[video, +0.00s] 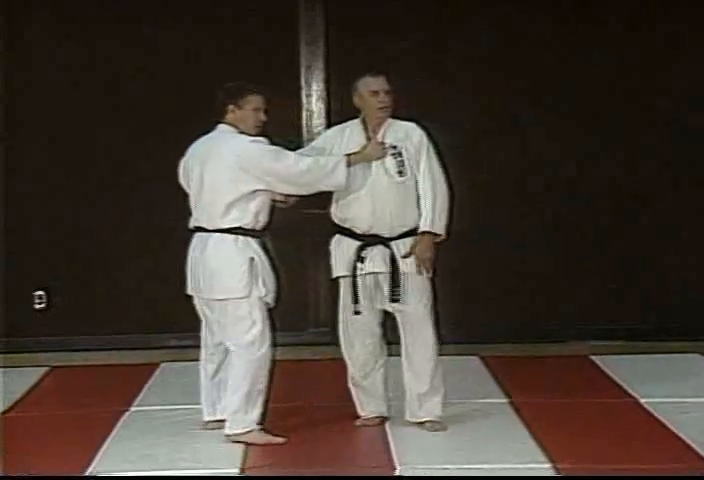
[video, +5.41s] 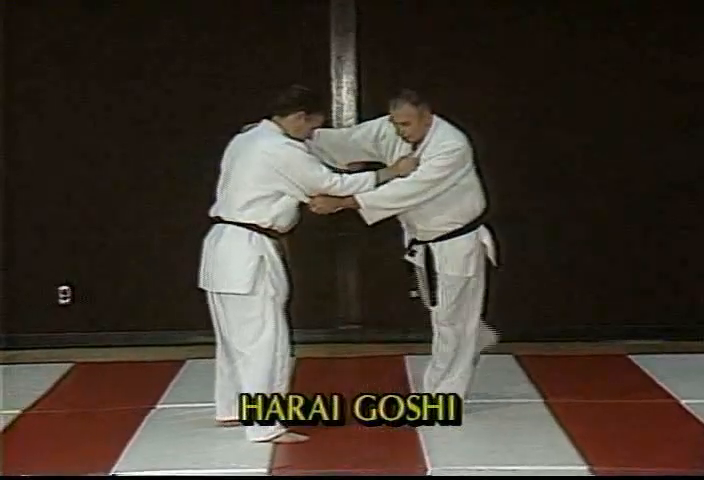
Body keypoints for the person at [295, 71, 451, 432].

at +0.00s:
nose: (384, 99)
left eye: (387, 93)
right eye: (375, 94)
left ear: (392, 98)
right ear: (357, 99)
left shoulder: (411, 136)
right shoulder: (337, 138)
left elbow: (434, 186)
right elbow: (297, 165)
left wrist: (428, 234)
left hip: (405, 246)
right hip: (354, 249)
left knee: (419, 332)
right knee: (359, 334)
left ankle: (425, 410)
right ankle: (370, 409)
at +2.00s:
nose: (360, 112)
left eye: (367, 105)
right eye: (355, 106)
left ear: (386, 101)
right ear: (350, 105)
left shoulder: (415, 135)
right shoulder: (340, 132)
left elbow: (436, 191)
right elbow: (292, 143)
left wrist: (427, 244)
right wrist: (244, 142)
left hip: (405, 248)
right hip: (353, 248)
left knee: (418, 334)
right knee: (359, 335)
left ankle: (429, 413)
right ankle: (373, 413)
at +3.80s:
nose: (363, 116)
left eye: (369, 109)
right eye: (358, 110)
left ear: (389, 105)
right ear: (354, 109)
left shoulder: (415, 137)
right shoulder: (345, 133)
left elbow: (430, 196)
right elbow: (294, 142)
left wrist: (392, 236)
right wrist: (242, 142)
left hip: (410, 244)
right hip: (358, 244)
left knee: (420, 324)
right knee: (360, 325)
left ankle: (433, 407)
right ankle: (373, 404)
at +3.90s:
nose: (367, 115)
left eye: (373, 107)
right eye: (362, 108)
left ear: (393, 104)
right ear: (358, 108)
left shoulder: (416, 137)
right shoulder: (349, 132)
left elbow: (417, 205)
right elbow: (299, 137)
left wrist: (363, 224)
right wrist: (245, 132)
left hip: (409, 246)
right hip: (359, 246)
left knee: (422, 330)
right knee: (361, 328)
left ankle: (434, 410)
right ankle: (374, 407)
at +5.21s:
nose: (400, 132)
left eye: (405, 124)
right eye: (395, 125)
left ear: (425, 115)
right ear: (390, 121)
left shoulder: (450, 144)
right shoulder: (387, 132)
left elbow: (414, 187)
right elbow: (340, 141)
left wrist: (347, 201)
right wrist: (290, 138)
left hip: (454, 245)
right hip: (412, 243)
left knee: (449, 329)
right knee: (412, 327)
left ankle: (443, 407)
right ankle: (419, 401)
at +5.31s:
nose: (400, 131)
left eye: (406, 124)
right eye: (395, 124)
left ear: (426, 116)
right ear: (391, 120)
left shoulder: (451, 146)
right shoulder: (386, 133)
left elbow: (412, 189)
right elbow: (341, 141)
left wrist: (346, 202)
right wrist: (291, 138)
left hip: (457, 243)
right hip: (419, 243)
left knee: (452, 325)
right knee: (429, 323)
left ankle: (447, 398)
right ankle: (436, 390)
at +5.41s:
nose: (401, 132)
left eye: (407, 124)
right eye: (396, 124)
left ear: (427, 116)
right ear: (392, 120)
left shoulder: (451, 146)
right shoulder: (388, 132)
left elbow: (412, 190)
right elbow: (343, 140)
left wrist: (344, 202)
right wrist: (294, 136)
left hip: (456, 242)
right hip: (422, 239)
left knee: (450, 322)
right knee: (437, 303)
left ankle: (441, 396)